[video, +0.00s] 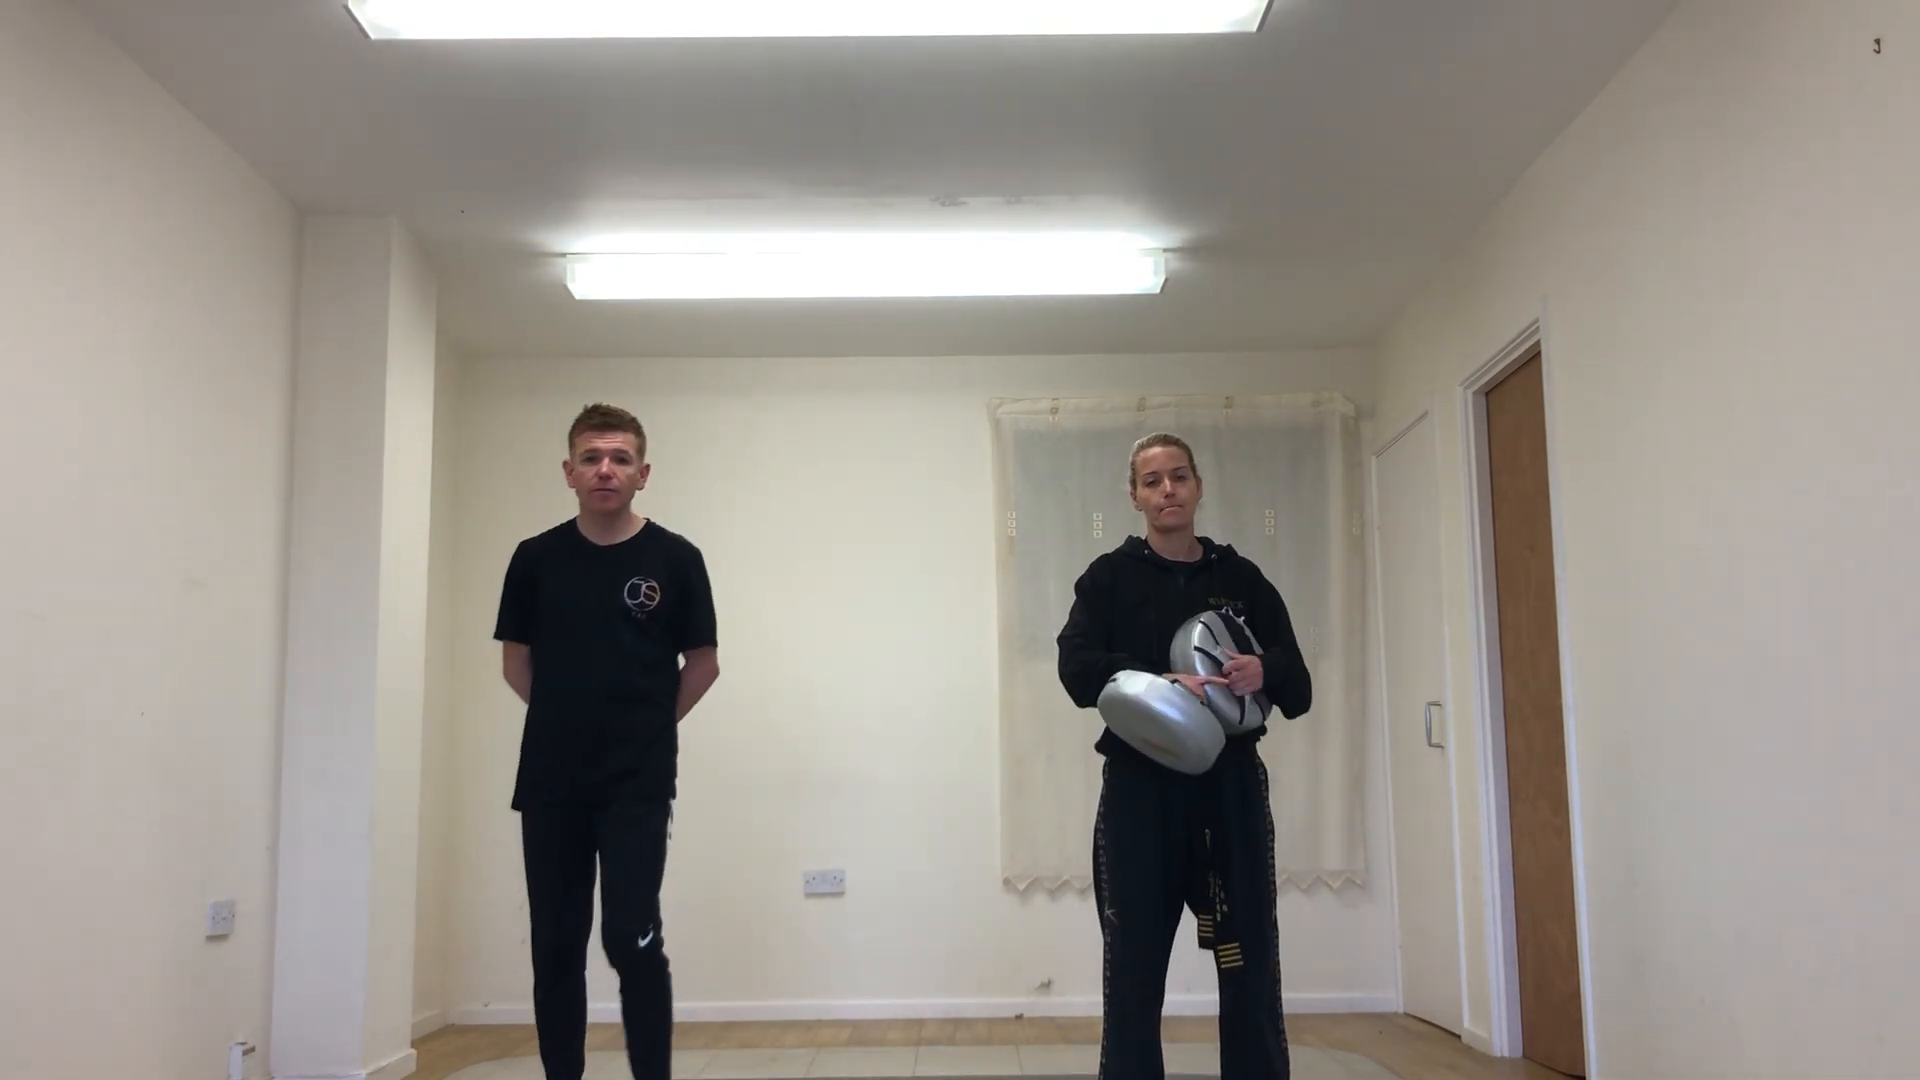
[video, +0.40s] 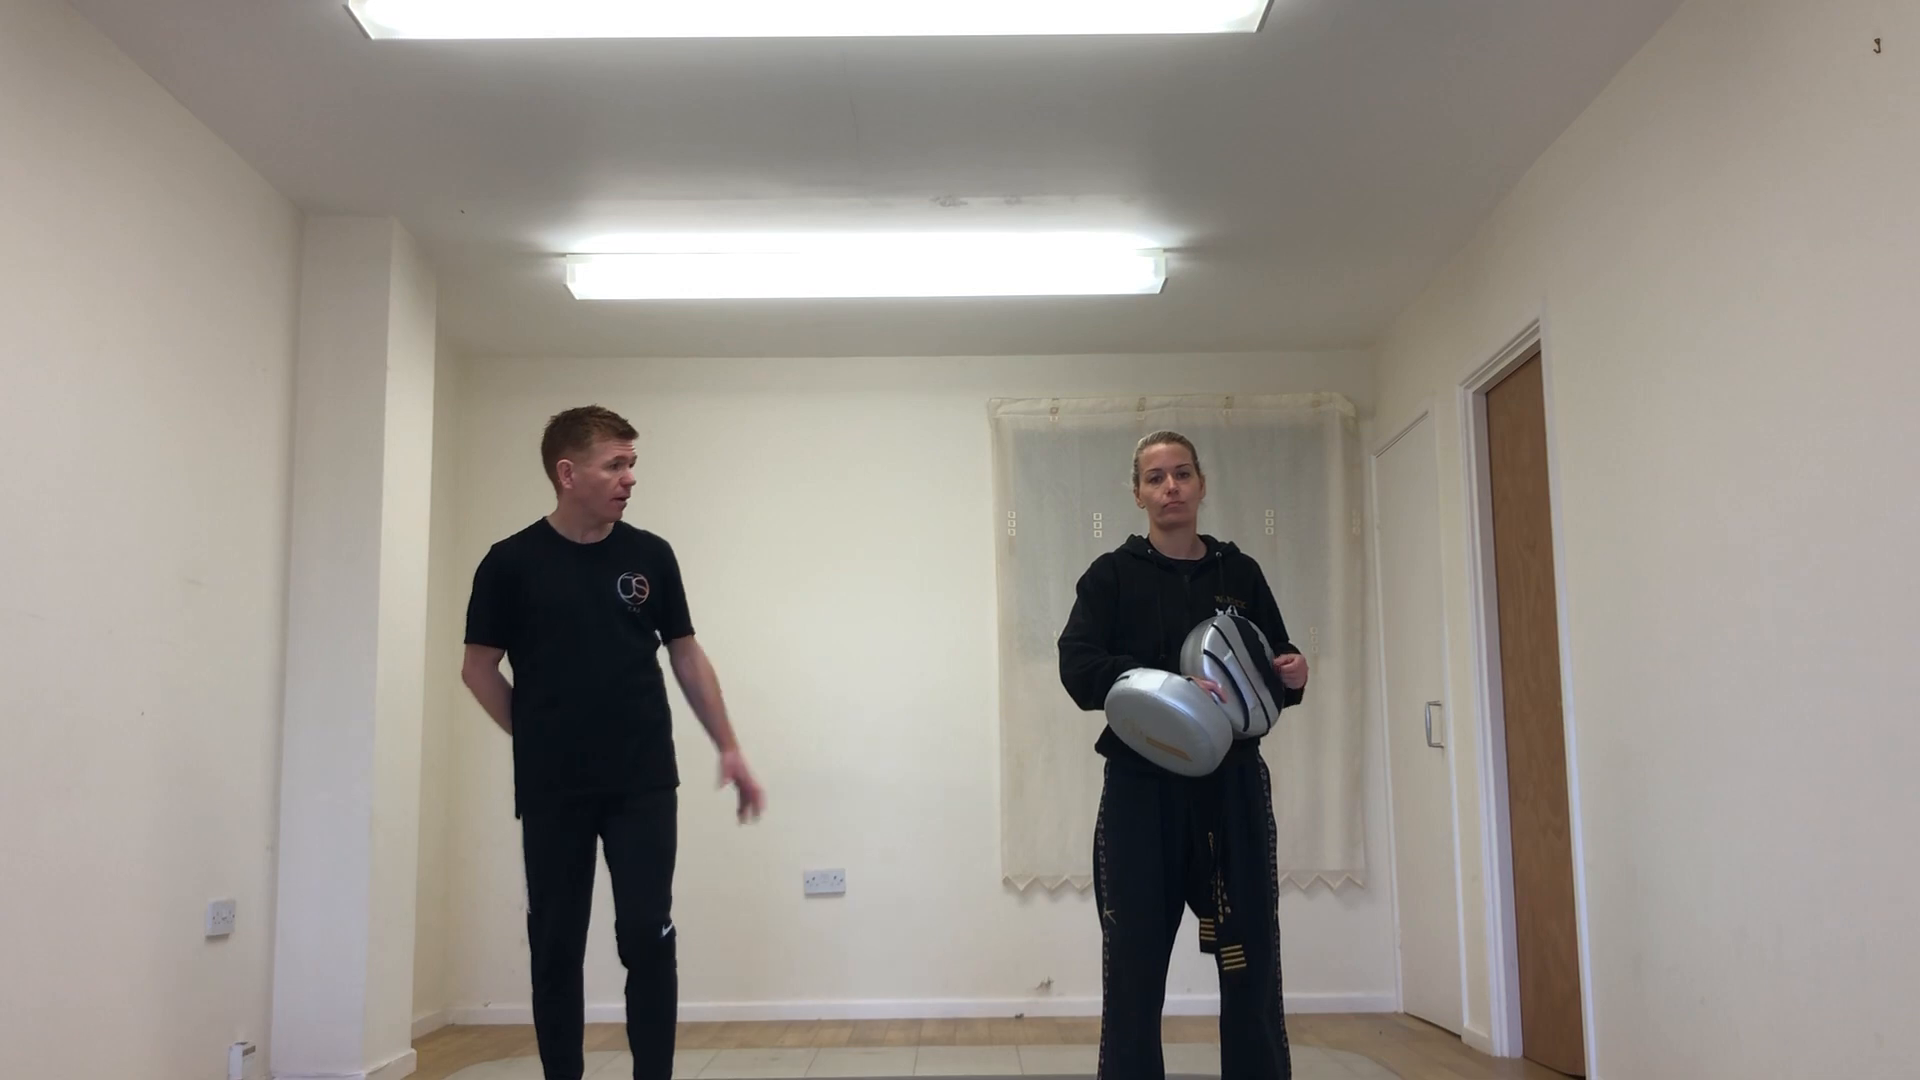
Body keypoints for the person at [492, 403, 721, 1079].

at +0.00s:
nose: (605, 470)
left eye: (620, 459)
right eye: (591, 458)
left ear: (640, 473)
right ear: (570, 471)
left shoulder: (676, 558)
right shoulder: (534, 556)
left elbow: (703, 663)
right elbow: (516, 666)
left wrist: (649, 720)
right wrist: (570, 713)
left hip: (637, 771)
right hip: (553, 772)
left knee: (632, 938)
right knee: (555, 947)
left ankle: (653, 1076)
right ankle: (562, 1076)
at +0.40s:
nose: (630, 478)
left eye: (632, 465)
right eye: (616, 466)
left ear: (629, 470)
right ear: (566, 472)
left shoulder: (649, 556)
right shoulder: (509, 563)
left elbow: (686, 654)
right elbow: (477, 668)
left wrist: (729, 747)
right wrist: (534, 730)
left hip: (642, 777)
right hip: (553, 781)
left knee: (648, 941)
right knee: (555, 947)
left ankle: (654, 1075)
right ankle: (562, 1075)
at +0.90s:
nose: (621, 466)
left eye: (634, 454)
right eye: (606, 454)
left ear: (653, 469)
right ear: (581, 468)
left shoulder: (682, 557)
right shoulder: (538, 557)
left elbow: (760, 624)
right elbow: (501, 662)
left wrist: (845, 656)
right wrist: (555, 726)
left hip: (659, 777)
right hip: (569, 777)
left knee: (669, 948)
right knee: (565, 949)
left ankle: (675, 1075)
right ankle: (566, 1075)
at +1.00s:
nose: (622, 465)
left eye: (636, 452)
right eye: (607, 454)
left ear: (659, 466)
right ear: (586, 471)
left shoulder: (696, 555)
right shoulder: (551, 557)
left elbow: (770, 635)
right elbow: (517, 662)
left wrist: (804, 727)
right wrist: (571, 722)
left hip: (668, 779)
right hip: (578, 780)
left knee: (675, 954)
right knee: (570, 957)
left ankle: (677, 1076)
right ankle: (568, 1076)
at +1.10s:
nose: (629, 464)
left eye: (643, 451)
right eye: (614, 454)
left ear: (669, 463)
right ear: (596, 470)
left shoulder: (712, 555)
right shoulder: (565, 555)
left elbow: (757, 657)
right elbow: (537, 661)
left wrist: (730, 758)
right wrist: (588, 718)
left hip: (674, 779)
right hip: (583, 780)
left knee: (679, 953)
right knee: (574, 954)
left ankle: (679, 1076)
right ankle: (571, 1075)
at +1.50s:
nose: (681, 466)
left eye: (695, 455)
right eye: (667, 454)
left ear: (717, 471)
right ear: (645, 468)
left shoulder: (743, 563)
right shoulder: (602, 546)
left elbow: (762, 674)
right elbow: (572, 653)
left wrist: (699, 719)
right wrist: (623, 709)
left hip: (693, 773)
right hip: (602, 764)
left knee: (689, 949)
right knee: (553, 933)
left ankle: (681, 1077)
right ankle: (548, 1075)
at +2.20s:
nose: (616, 464)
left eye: (632, 454)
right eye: (603, 452)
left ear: (654, 471)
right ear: (580, 467)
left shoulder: (680, 563)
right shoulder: (537, 550)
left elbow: (699, 675)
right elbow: (511, 656)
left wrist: (637, 721)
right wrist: (563, 712)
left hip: (634, 779)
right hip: (542, 775)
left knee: (654, 952)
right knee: (533, 954)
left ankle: (670, 1076)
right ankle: (528, 1076)